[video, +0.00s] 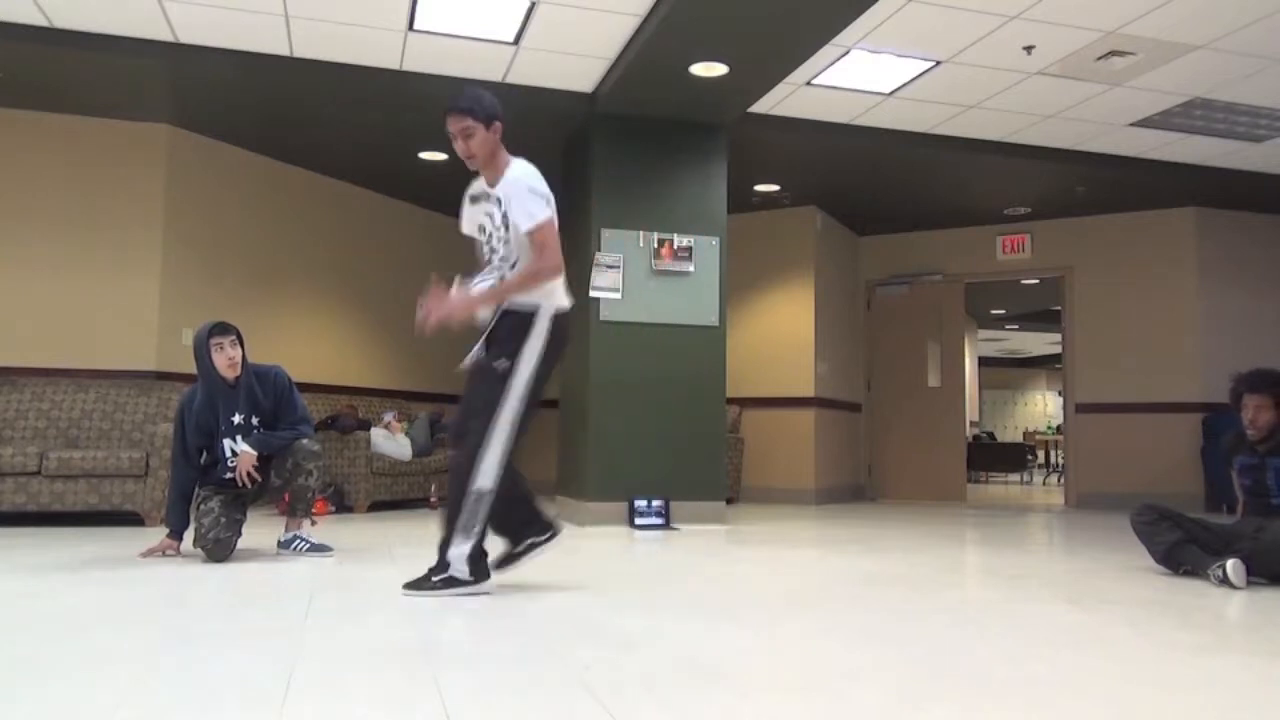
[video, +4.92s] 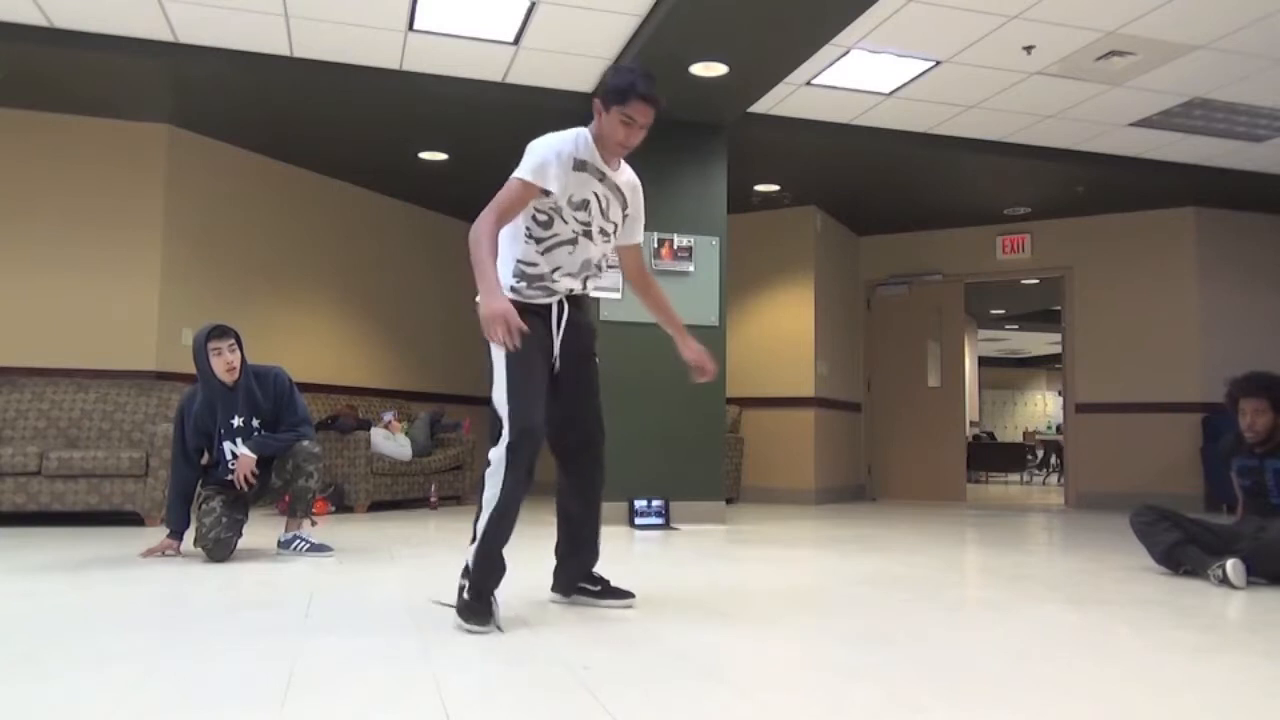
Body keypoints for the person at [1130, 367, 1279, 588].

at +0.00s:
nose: (1250, 417)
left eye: (1261, 409)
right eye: (1246, 408)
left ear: (1277, 412)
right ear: (1238, 411)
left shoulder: (1275, 451)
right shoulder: (1237, 450)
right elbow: (1243, 501)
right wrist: (1237, 532)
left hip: (1271, 536)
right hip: (1240, 534)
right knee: (1144, 514)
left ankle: (1198, 562)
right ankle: (1210, 566)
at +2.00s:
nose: (1248, 421)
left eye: (1258, 413)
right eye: (1243, 412)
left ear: (1276, 415)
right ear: (1235, 414)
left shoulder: (1275, 452)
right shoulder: (1233, 449)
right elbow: (1242, 501)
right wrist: (1236, 532)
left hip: (1270, 536)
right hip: (1239, 533)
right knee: (1144, 514)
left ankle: (1197, 562)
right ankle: (1210, 566)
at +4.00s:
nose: (1249, 422)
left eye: (1259, 413)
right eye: (1243, 413)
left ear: (1276, 416)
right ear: (1235, 415)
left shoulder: (1276, 451)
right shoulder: (1234, 450)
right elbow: (1241, 500)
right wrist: (1236, 530)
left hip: (1271, 536)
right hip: (1239, 533)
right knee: (1144, 515)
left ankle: (1197, 562)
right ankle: (1210, 566)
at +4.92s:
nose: (1249, 422)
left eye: (1260, 413)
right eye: (1243, 414)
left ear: (1277, 416)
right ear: (1236, 416)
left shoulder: (1275, 453)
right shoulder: (1235, 452)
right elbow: (1242, 501)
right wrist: (1237, 531)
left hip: (1271, 536)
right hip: (1239, 534)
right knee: (1143, 515)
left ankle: (1195, 563)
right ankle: (1209, 566)